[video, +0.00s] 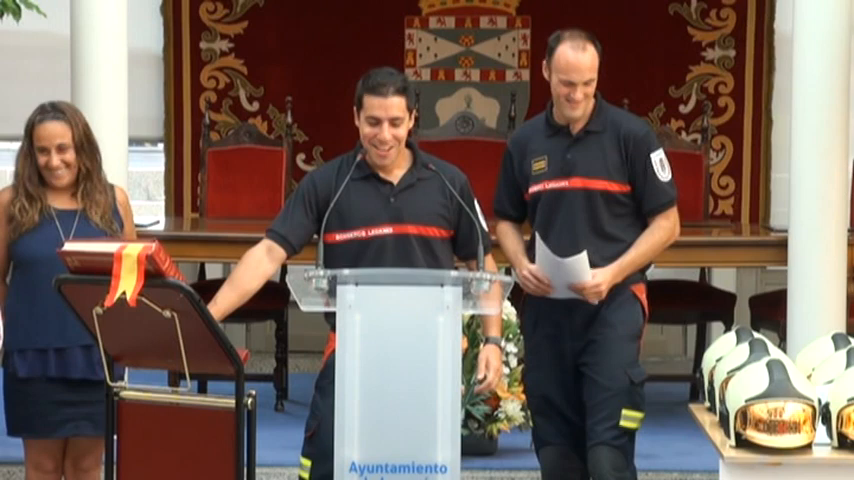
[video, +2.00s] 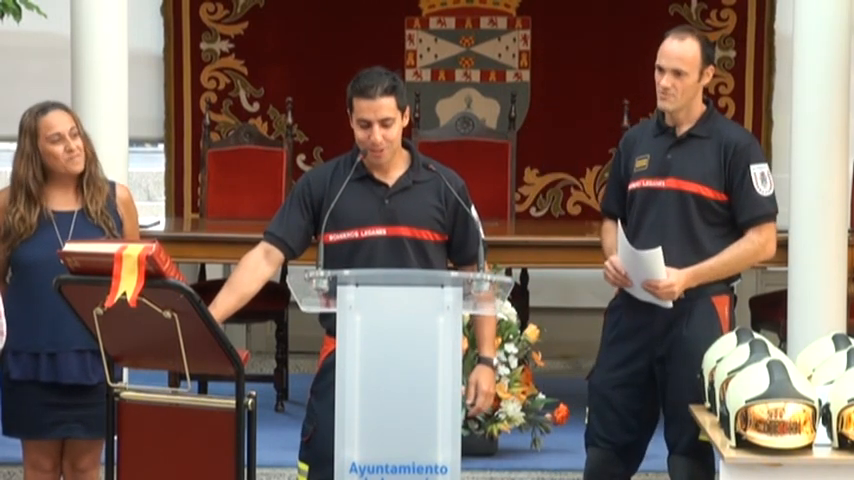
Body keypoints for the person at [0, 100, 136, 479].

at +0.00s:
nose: (54, 160)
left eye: (63, 149)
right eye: (44, 151)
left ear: (83, 149)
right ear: (31, 154)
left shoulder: (115, 200)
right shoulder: (11, 203)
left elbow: (132, 274)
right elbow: (1, 278)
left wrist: (127, 344)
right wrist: (4, 336)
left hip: (95, 355)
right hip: (31, 355)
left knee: (87, 466)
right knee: (44, 467)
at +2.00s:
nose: (72, 144)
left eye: (75, 134)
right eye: (57, 139)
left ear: (83, 136)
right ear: (36, 151)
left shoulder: (116, 198)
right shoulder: (10, 204)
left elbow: (135, 275)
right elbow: (2, 279)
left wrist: (128, 345)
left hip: (94, 358)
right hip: (31, 358)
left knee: (86, 466)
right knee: (41, 467)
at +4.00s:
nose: (72, 149)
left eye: (77, 138)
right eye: (58, 142)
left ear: (85, 140)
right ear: (35, 150)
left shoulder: (114, 199)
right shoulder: (10, 203)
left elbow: (131, 278)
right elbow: (2, 279)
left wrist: (126, 348)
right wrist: (1, 335)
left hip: (91, 360)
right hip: (26, 359)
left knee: (87, 466)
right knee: (40, 468)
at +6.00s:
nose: (78, 147)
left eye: (82, 136)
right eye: (64, 140)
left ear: (89, 139)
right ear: (39, 149)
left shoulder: (118, 199)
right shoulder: (11, 204)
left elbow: (134, 278)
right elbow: (2, 281)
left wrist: (128, 347)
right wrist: (5, 345)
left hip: (95, 360)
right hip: (30, 360)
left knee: (89, 467)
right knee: (43, 468)